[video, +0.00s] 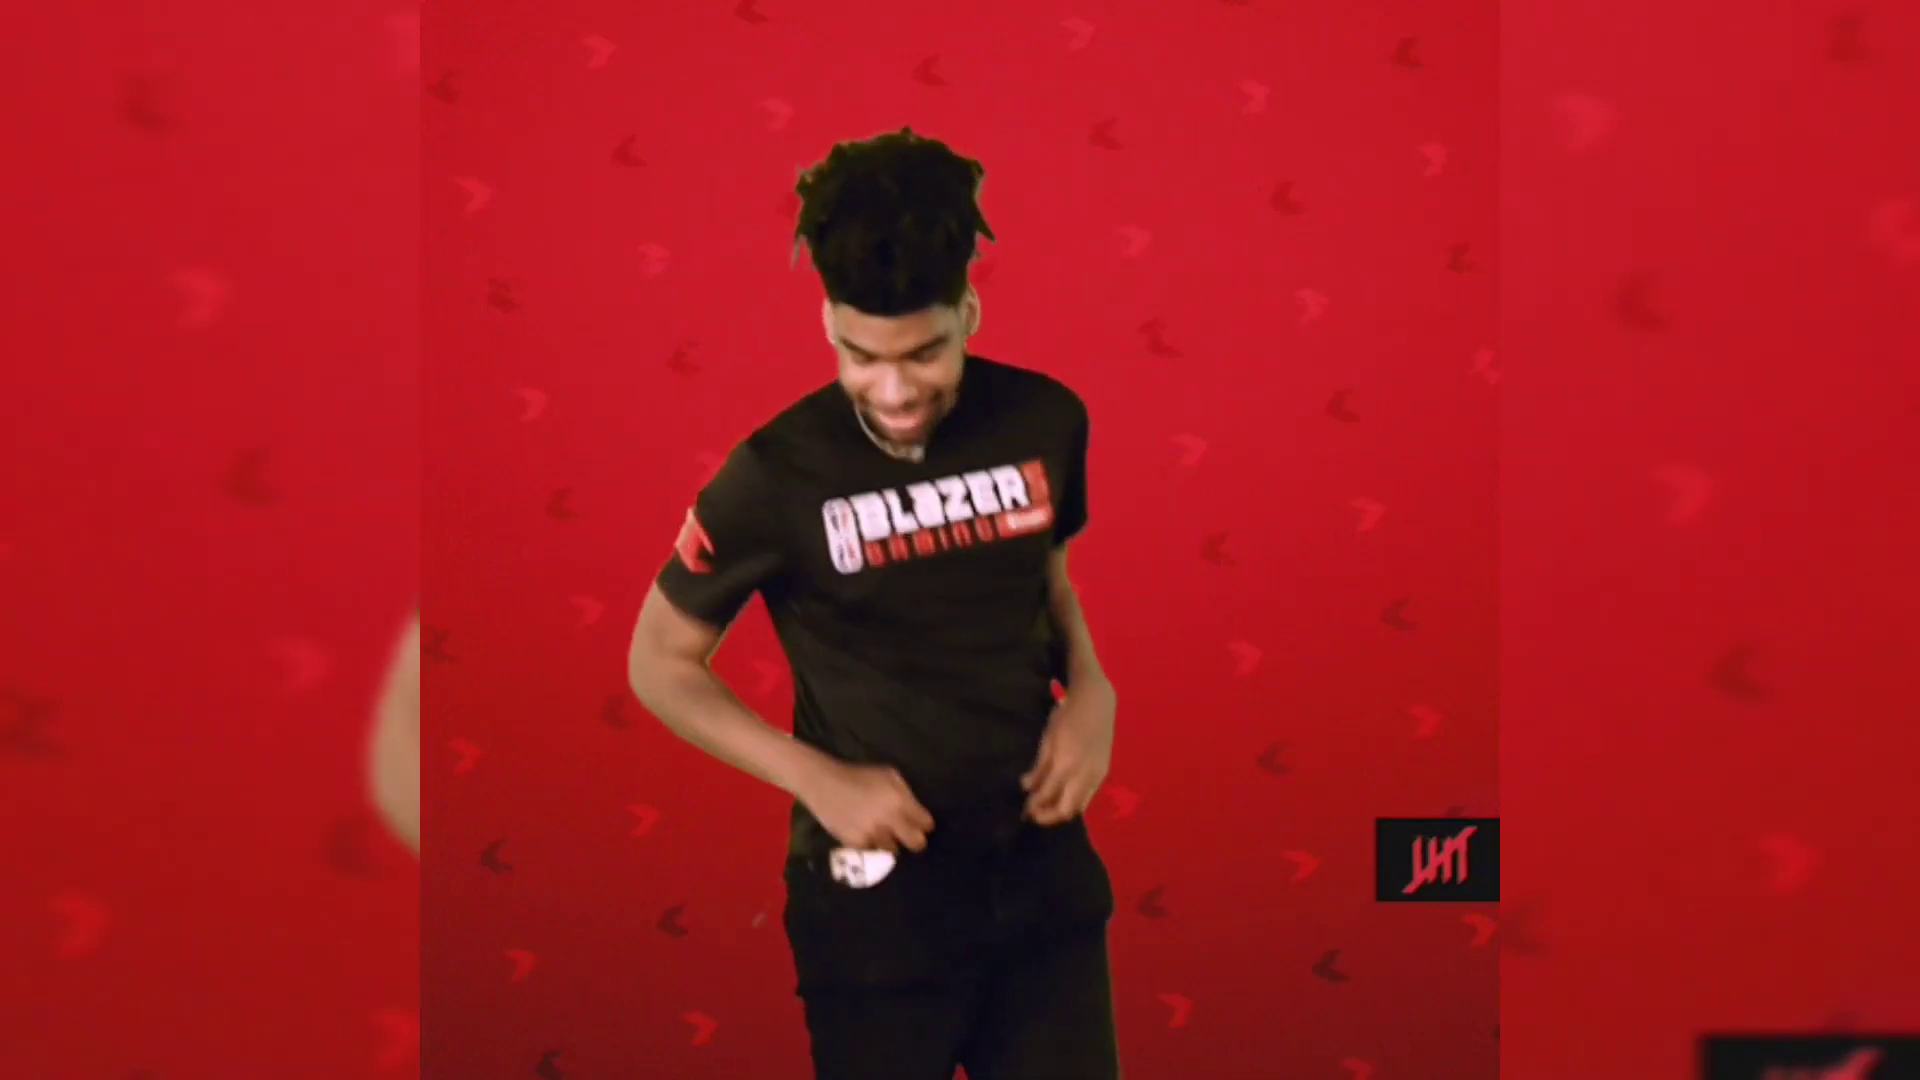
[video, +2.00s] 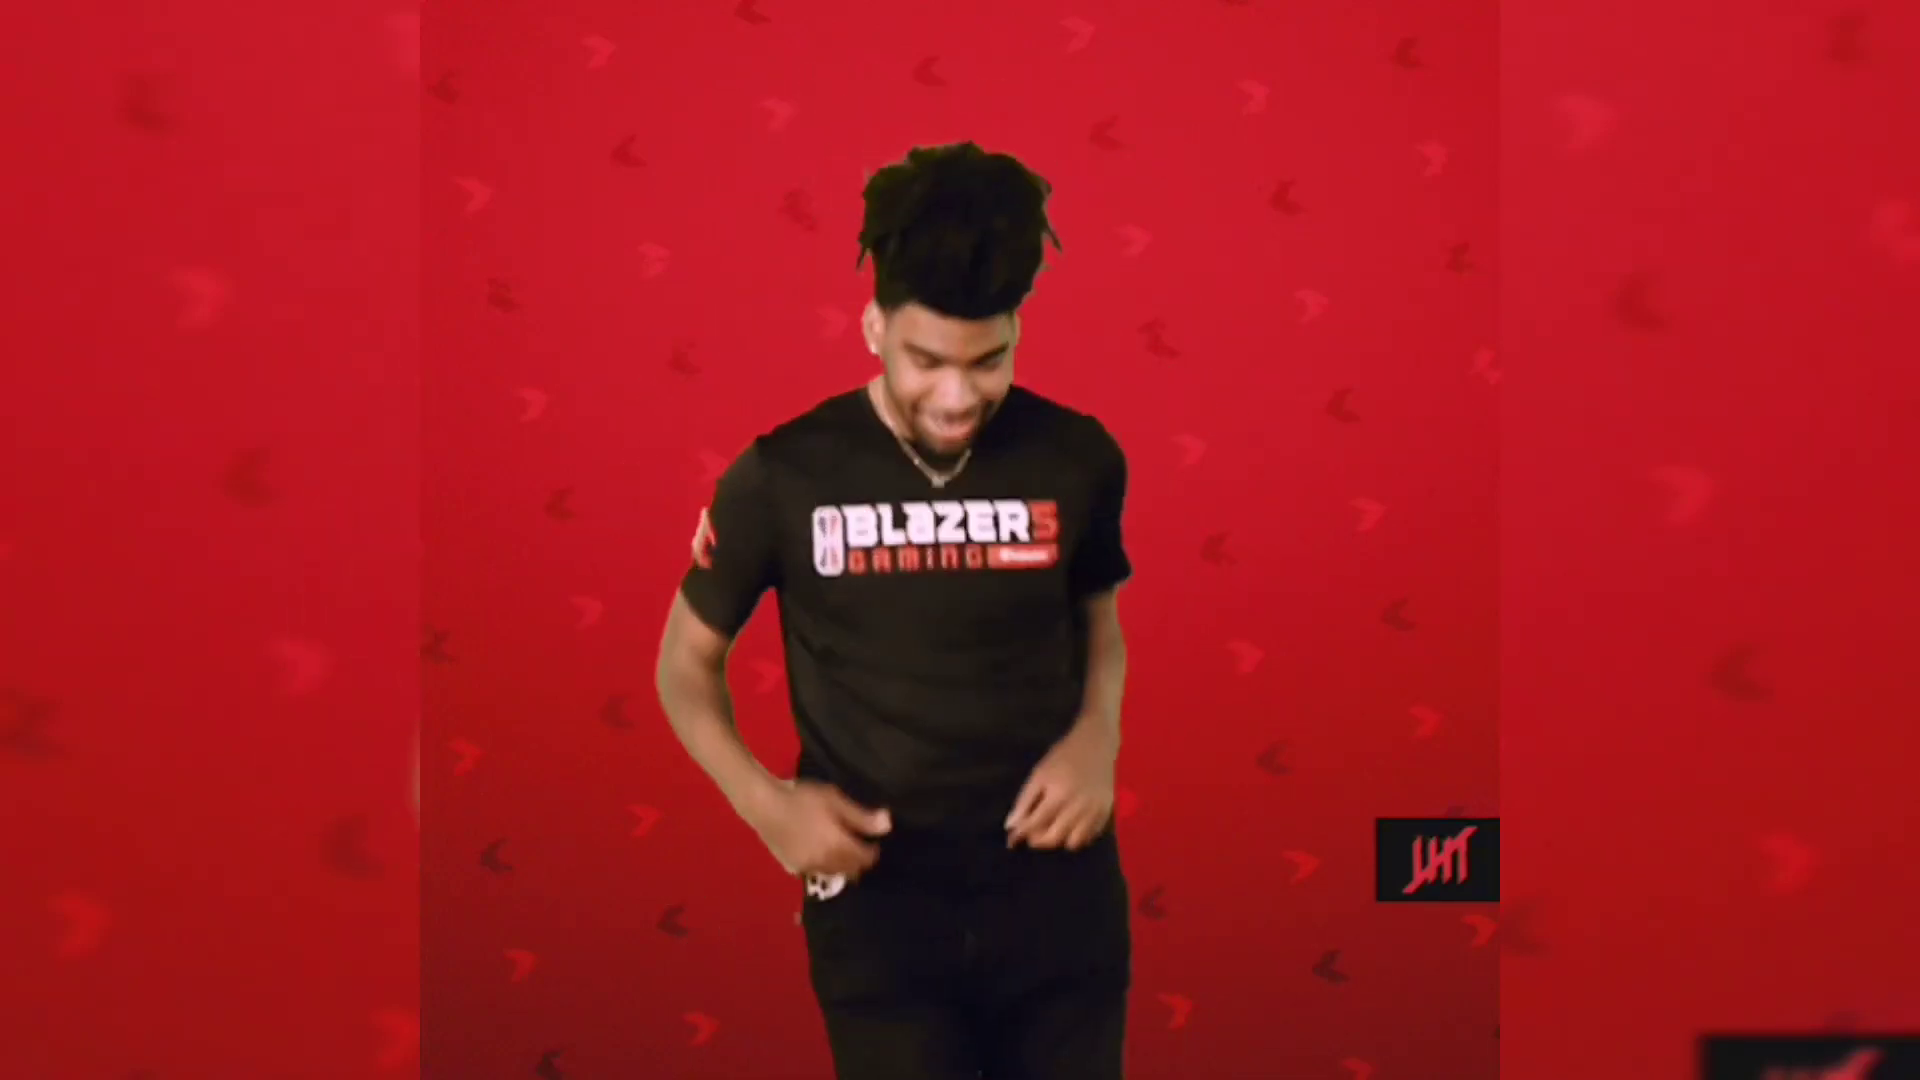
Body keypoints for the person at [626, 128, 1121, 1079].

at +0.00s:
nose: (894, 388)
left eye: (924, 353)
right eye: (861, 355)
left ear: (970, 312)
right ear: (828, 316)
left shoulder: (1043, 425)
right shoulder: (773, 481)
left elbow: (1047, 564)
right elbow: (660, 664)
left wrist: (1091, 688)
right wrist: (818, 780)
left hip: (1041, 880)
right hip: (873, 902)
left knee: (1073, 1062)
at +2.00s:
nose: (956, 394)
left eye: (987, 359)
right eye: (925, 358)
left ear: (1020, 324)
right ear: (874, 327)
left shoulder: (1081, 463)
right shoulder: (780, 483)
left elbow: (1097, 611)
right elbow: (685, 663)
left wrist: (1097, 738)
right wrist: (766, 803)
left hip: (1057, 894)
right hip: (879, 907)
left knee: (1072, 1062)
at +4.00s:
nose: (883, 476)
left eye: (893, 450)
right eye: (886, 448)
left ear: (745, 411)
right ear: (830, 434)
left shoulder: (586, 517)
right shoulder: (873, 542)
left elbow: (463, 656)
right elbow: (1013, 714)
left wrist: (592, 730)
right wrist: (887, 815)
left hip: (624, 948)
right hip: (819, 945)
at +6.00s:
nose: (844, 438)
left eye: (876, 409)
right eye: (817, 404)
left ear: (923, 369)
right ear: (783, 359)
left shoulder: (989, 484)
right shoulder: (711, 513)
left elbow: (1174, 599)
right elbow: (674, 717)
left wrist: (1408, 670)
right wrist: (784, 871)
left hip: (960, 887)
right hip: (783, 893)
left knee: (951, 1068)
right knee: (797, 1074)